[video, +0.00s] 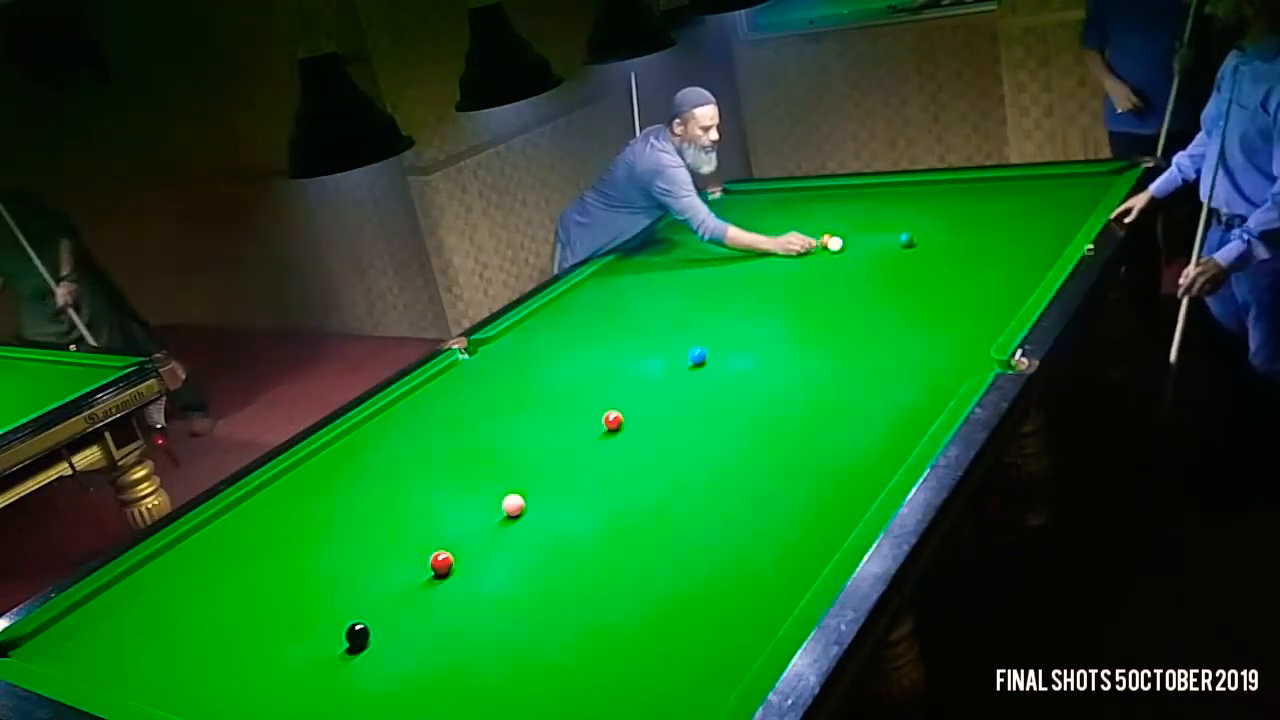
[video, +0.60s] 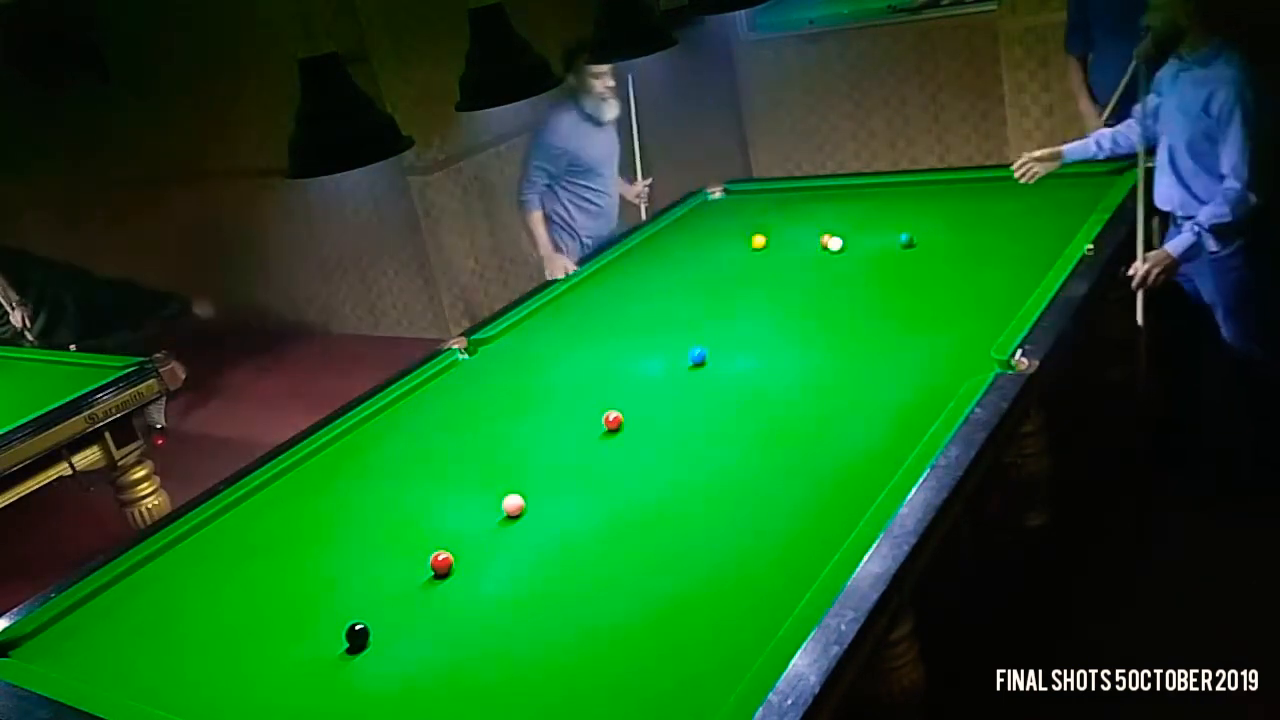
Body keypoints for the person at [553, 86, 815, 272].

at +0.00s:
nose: (715, 138)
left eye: (716, 128)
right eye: (706, 129)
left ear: (680, 127)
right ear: (678, 128)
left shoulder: (663, 135)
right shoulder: (662, 164)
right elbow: (706, 226)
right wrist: (773, 243)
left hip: (623, 234)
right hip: (586, 241)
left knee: (610, 312)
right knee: (578, 320)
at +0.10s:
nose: (709, 130)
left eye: (710, 121)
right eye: (699, 123)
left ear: (674, 121)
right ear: (672, 123)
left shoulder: (663, 136)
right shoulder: (658, 158)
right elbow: (689, 227)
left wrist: (697, 192)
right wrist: (753, 247)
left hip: (621, 231)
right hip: (587, 238)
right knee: (576, 317)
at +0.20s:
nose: (698, 119)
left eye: (699, 110)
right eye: (687, 111)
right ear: (660, 112)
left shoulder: (651, 134)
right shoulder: (646, 148)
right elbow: (662, 223)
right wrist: (720, 253)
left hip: (614, 232)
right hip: (587, 239)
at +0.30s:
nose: (679, 106)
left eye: (680, 96)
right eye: (668, 98)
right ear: (642, 99)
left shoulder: (645, 129)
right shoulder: (629, 136)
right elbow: (620, 211)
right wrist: (668, 255)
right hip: (587, 237)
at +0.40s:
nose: (656, 95)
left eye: (658, 86)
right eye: (645, 88)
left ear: (660, 84)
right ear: (621, 90)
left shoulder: (636, 123)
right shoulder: (605, 130)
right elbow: (578, 201)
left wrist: (640, 189)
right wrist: (618, 255)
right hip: (581, 242)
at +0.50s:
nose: (634, 87)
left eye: (635, 78)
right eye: (622, 80)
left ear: (638, 77)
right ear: (598, 83)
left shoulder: (627, 120)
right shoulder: (580, 128)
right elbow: (551, 196)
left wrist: (631, 190)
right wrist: (572, 250)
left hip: (611, 236)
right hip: (578, 245)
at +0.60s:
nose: (609, 84)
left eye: (610, 75)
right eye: (597, 77)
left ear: (614, 76)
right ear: (574, 81)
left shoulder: (605, 115)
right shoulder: (559, 126)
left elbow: (597, 168)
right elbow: (530, 193)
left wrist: (626, 189)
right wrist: (548, 254)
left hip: (608, 239)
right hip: (575, 253)